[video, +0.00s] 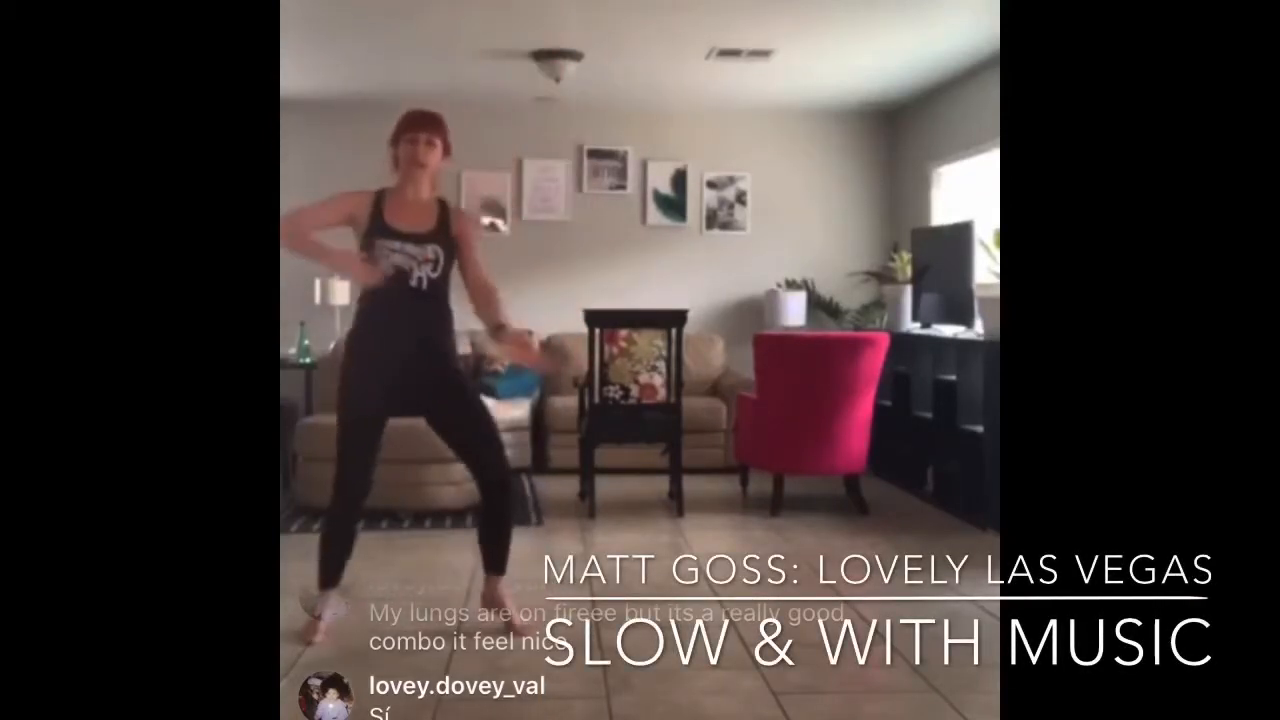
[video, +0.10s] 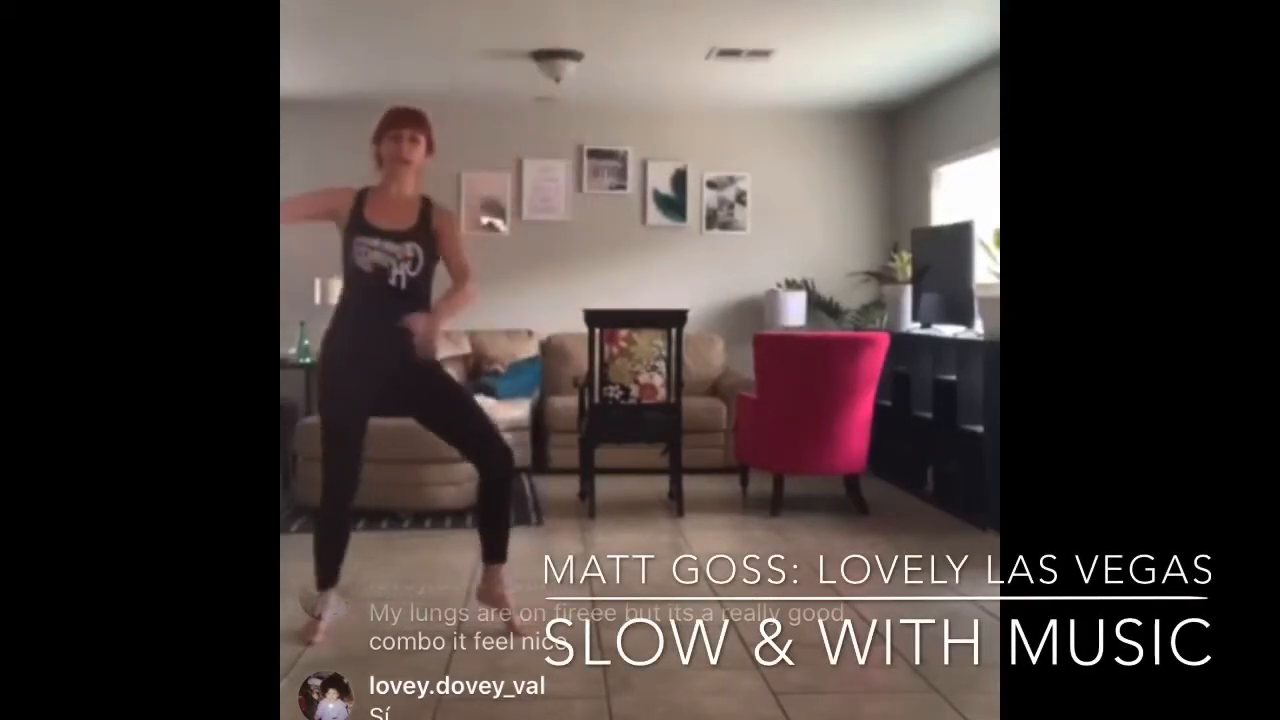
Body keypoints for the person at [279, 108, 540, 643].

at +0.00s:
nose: (419, 150)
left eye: (429, 144)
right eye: (411, 142)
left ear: (444, 156)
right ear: (394, 150)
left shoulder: (457, 222)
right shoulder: (365, 205)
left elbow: (481, 289)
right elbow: (290, 229)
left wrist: (503, 329)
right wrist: (345, 262)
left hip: (434, 365)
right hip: (369, 364)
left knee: (497, 474)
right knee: (351, 486)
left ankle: (495, 589)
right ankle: (327, 601)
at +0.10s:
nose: (402, 146)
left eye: (413, 140)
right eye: (393, 138)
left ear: (426, 154)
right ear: (377, 148)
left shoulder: (437, 218)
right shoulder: (348, 203)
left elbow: (467, 286)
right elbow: (287, 210)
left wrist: (437, 318)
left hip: (407, 361)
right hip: (348, 360)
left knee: (497, 461)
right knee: (339, 487)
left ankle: (493, 581)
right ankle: (326, 598)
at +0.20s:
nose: (393, 147)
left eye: (404, 139)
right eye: (384, 138)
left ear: (418, 151)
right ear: (368, 147)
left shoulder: (430, 217)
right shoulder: (340, 202)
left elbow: (458, 279)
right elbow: (283, 210)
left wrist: (389, 296)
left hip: (403, 366)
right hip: (338, 364)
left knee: (492, 453)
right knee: (333, 481)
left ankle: (495, 578)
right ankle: (325, 597)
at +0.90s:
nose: (380, 143)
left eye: (388, 139)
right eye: (370, 134)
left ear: (395, 151)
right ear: (344, 140)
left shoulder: (399, 206)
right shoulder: (311, 201)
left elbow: (418, 239)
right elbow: (277, 219)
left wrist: (392, 248)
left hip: (378, 353)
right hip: (316, 352)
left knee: (450, 460)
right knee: (323, 473)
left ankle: (483, 583)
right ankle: (323, 592)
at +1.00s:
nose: (380, 145)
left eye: (388, 140)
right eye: (370, 134)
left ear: (393, 153)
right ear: (343, 138)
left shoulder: (394, 204)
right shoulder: (305, 201)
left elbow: (446, 224)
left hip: (380, 350)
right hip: (319, 351)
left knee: (439, 463)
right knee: (325, 474)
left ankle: (482, 581)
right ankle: (323, 592)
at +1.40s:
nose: (428, 137)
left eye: (431, 130)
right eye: (419, 126)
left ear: (421, 140)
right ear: (388, 128)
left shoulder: (421, 192)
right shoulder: (365, 190)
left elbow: (467, 218)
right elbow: (331, 230)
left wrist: (518, 227)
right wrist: (314, 249)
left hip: (428, 344)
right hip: (380, 345)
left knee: (449, 460)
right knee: (374, 464)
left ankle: (427, 588)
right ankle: (331, 587)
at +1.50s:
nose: (441, 138)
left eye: (444, 131)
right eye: (433, 127)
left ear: (431, 137)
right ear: (403, 128)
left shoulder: (426, 192)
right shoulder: (384, 190)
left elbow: (449, 240)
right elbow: (441, 240)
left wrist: (480, 237)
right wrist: (482, 229)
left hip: (440, 338)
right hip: (404, 338)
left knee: (449, 461)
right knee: (412, 463)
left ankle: (427, 588)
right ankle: (366, 595)